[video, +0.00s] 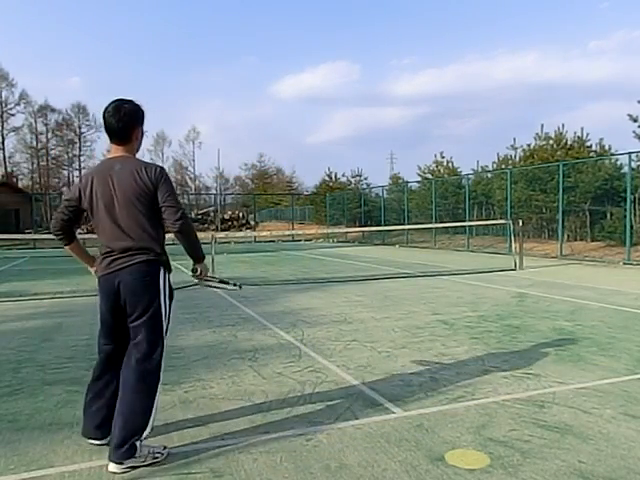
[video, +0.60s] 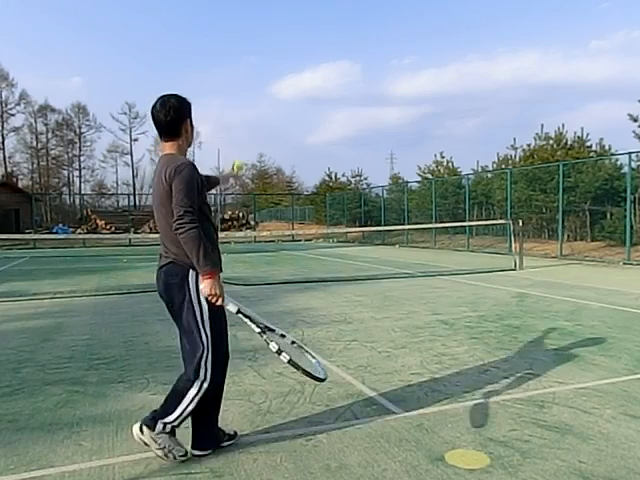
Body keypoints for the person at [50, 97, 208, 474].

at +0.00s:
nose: (144, 134)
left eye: (141, 129)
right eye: (143, 129)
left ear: (107, 134)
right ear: (138, 133)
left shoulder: (88, 178)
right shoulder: (151, 172)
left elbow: (61, 228)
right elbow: (177, 222)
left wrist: (92, 262)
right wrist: (199, 258)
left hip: (108, 277)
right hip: (146, 276)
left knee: (111, 350)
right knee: (143, 356)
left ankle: (96, 426)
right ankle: (125, 450)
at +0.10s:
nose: (155, 131)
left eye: (153, 125)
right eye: (154, 126)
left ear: (118, 130)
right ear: (149, 129)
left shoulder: (98, 176)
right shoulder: (158, 169)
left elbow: (68, 223)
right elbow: (176, 221)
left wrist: (95, 262)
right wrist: (205, 260)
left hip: (115, 276)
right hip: (149, 274)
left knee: (130, 353)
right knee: (149, 357)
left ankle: (136, 423)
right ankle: (124, 450)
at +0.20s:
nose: (166, 132)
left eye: (164, 126)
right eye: (165, 126)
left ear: (130, 131)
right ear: (159, 128)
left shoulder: (110, 180)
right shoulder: (164, 169)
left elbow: (94, 231)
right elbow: (176, 224)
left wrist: (107, 272)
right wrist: (206, 266)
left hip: (126, 276)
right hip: (154, 273)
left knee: (167, 347)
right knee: (153, 358)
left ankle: (172, 423)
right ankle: (123, 447)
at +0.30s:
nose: (176, 131)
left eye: (174, 125)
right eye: (175, 125)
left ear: (141, 131)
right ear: (168, 128)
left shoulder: (132, 176)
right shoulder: (168, 169)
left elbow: (133, 236)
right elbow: (174, 227)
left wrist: (132, 287)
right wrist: (206, 272)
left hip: (145, 273)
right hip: (161, 274)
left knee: (185, 354)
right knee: (159, 363)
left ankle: (201, 429)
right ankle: (127, 445)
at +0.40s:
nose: (182, 134)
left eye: (180, 128)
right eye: (182, 128)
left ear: (148, 132)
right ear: (175, 130)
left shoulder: (145, 173)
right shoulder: (171, 171)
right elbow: (177, 226)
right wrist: (205, 273)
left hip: (160, 274)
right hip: (174, 275)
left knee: (194, 358)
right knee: (171, 362)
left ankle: (208, 435)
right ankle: (131, 441)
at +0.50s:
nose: (188, 132)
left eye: (186, 125)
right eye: (187, 126)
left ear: (154, 131)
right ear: (180, 129)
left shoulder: (154, 172)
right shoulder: (176, 170)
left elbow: (166, 230)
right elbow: (180, 225)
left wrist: (203, 273)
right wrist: (205, 274)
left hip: (173, 273)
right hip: (182, 275)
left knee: (210, 355)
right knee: (191, 359)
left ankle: (206, 434)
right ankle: (143, 432)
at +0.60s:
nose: (195, 128)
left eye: (191, 121)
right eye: (193, 122)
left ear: (159, 129)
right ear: (188, 126)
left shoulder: (163, 168)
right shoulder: (182, 169)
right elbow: (185, 224)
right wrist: (208, 272)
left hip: (181, 272)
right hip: (186, 273)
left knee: (212, 356)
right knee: (206, 361)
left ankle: (207, 436)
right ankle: (158, 426)